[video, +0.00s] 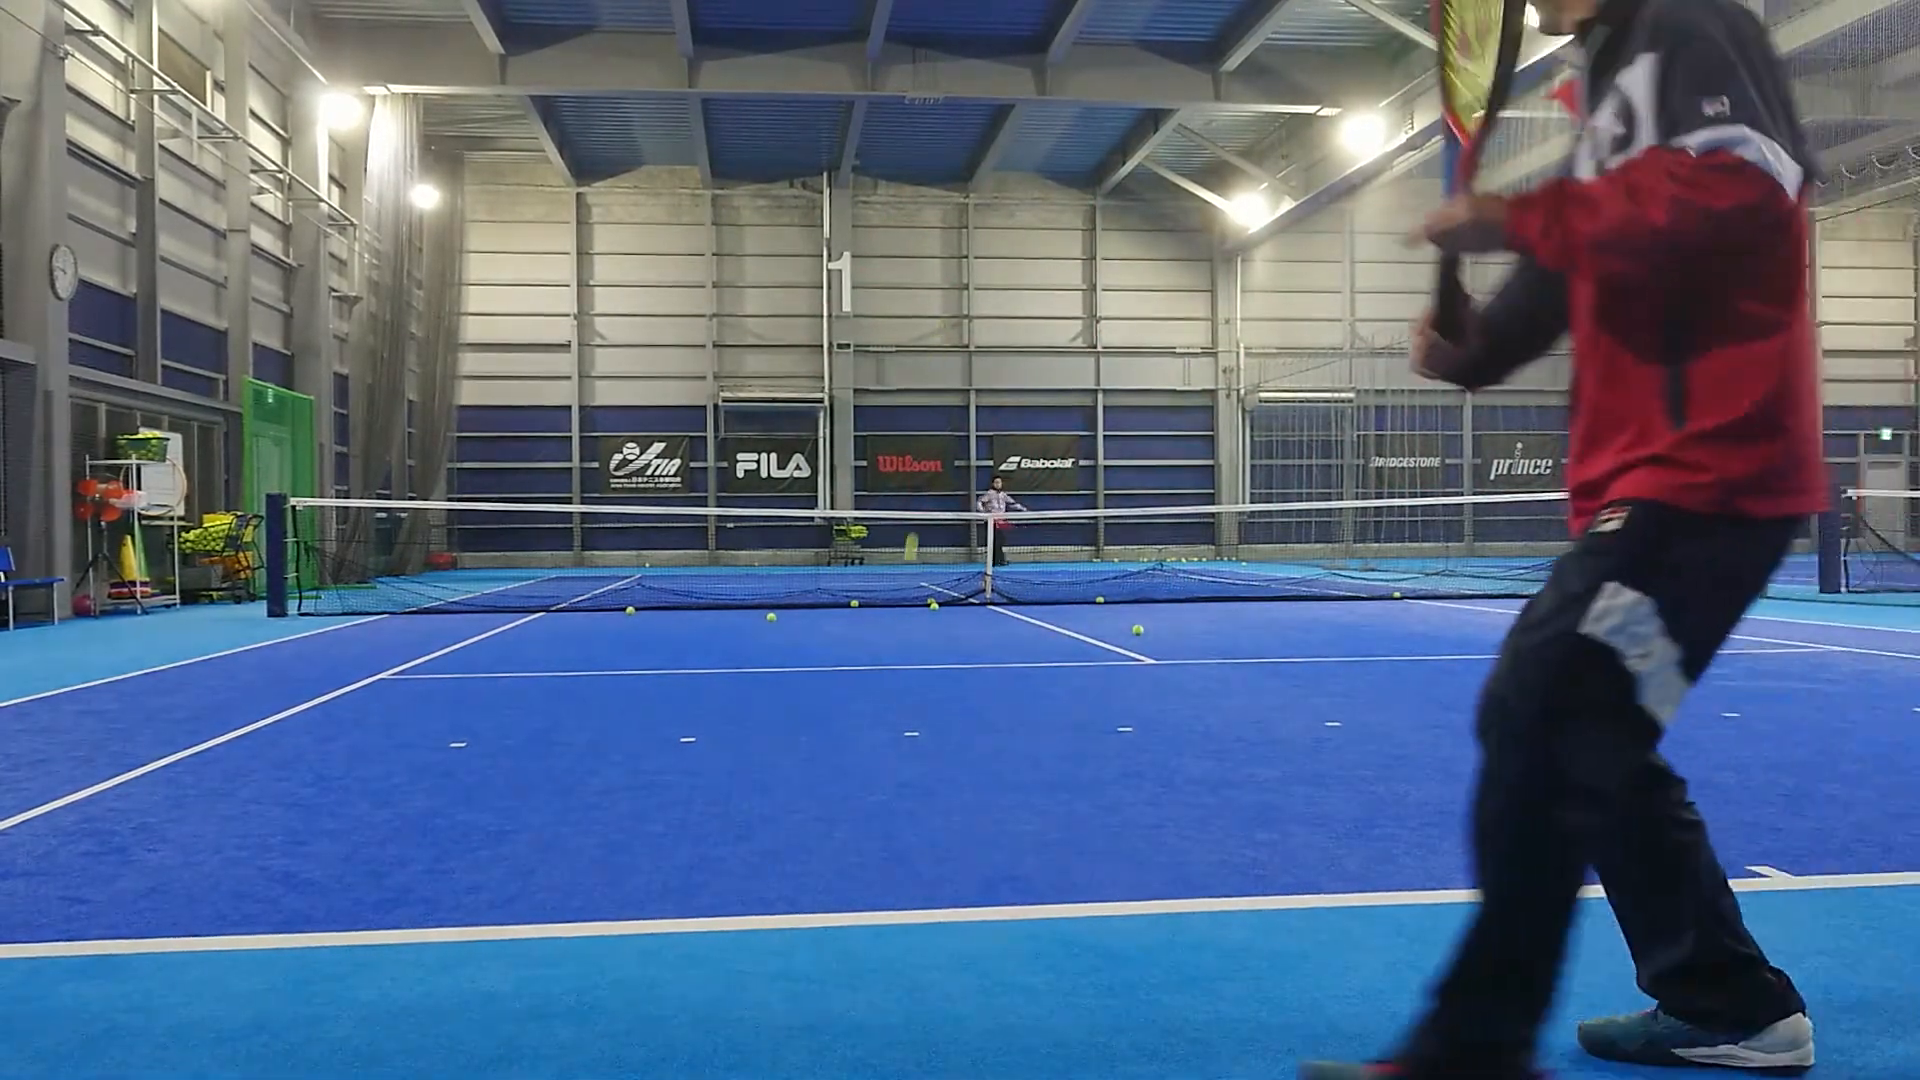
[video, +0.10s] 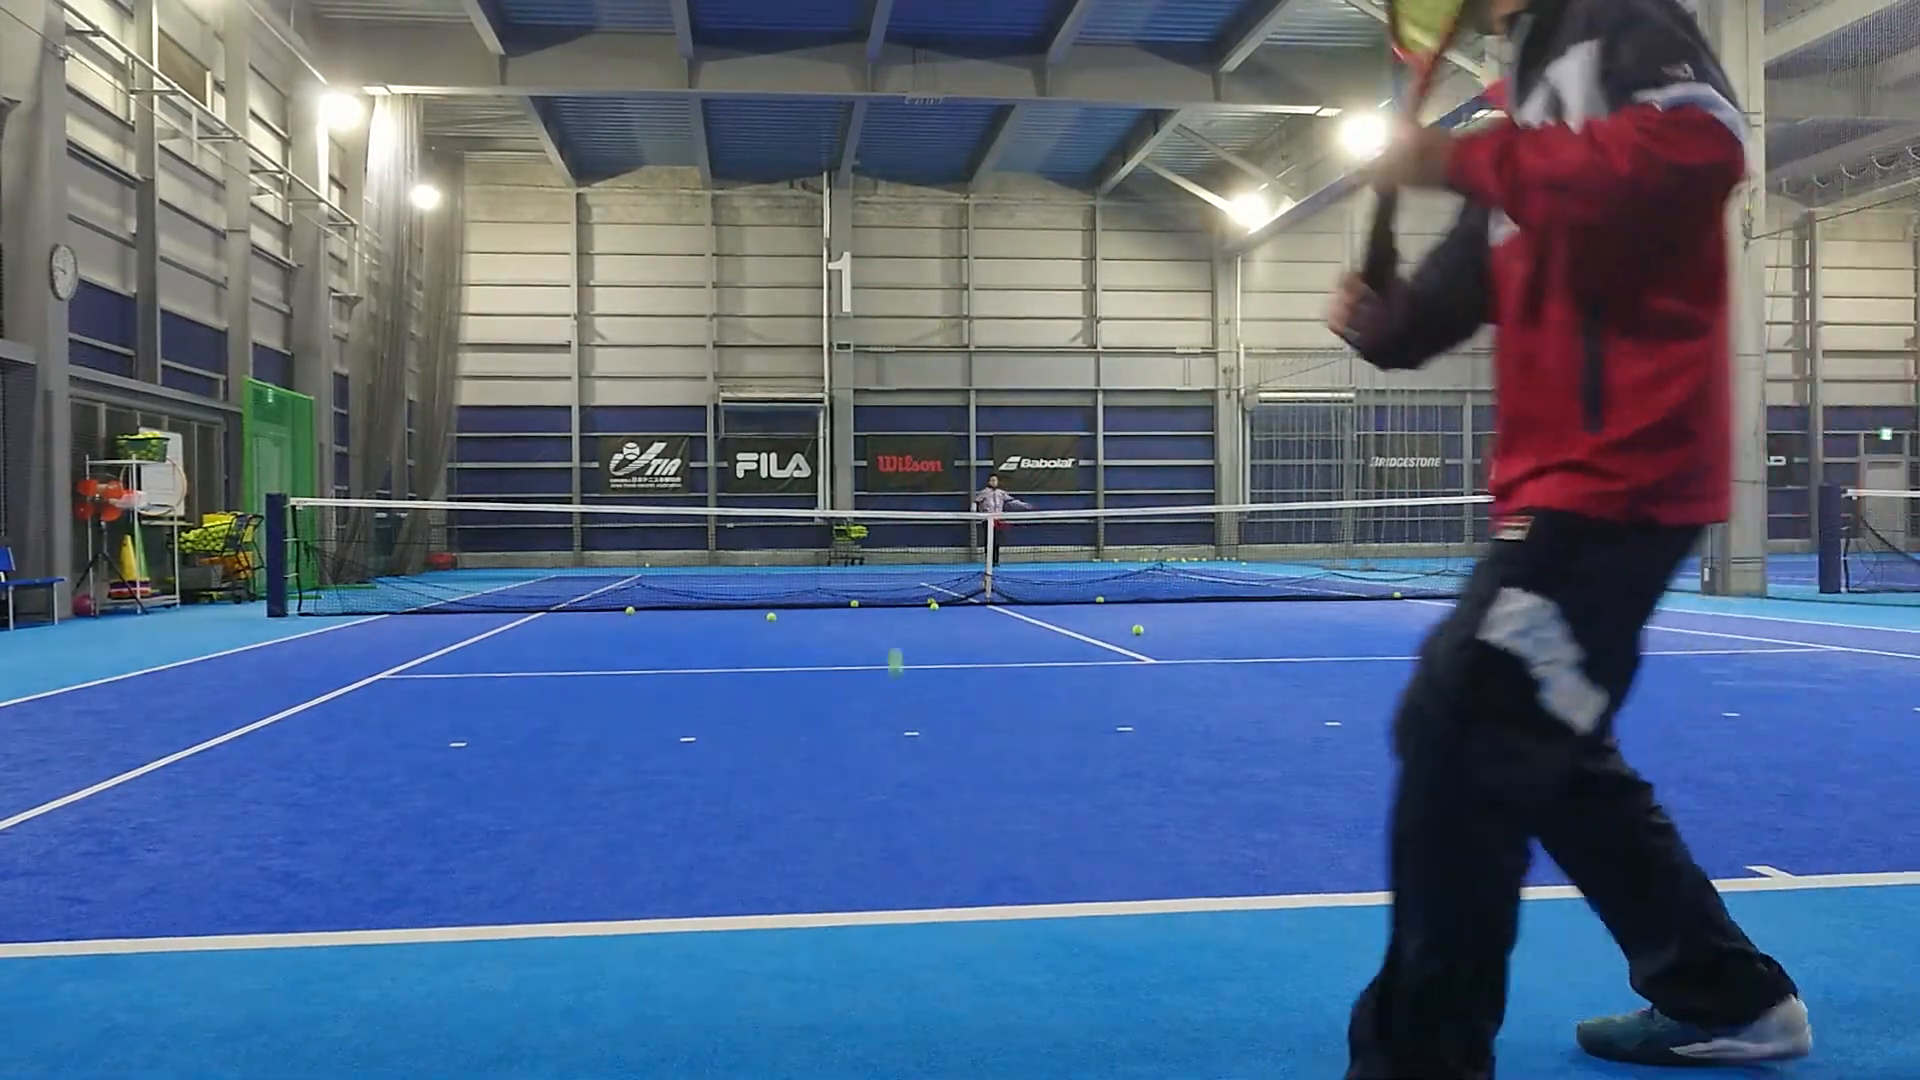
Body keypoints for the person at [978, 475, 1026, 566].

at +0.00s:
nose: (998, 484)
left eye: (1000, 482)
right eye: (996, 482)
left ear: (1002, 484)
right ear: (993, 484)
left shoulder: (1003, 495)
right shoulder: (990, 494)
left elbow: (1013, 503)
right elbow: (979, 501)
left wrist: (1023, 509)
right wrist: (982, 511)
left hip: (1000, 519)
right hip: (991, 519)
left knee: (998, 540)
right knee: (996, 540)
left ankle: (996, 559)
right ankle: (1000, 559)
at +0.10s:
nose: (994, 482)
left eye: (995, 480)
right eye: (992, 480)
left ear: (997, 482)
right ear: (988, 482)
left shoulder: (1001, 493)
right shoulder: (985, 492)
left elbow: (1012, 501)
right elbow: (975, 502)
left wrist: (1025, 505)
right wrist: (975, 512)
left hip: (997, 518)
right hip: (987, 518)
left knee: (996, 542)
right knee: (988, 542)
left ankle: (996, 561)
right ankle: (989, 561)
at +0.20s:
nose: (989, 482)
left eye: (990, 480)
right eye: (987, 480)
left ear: (993, 481)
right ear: (984, 482)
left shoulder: (997, 492)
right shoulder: (980, 493)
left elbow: (1008, 500)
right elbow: (972, 503)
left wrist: (1019, 503)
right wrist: (970, 512)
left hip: (994, 518)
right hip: (982, 518)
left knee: (994, 542)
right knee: (980, 541)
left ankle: (995, 561)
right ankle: (979, 561)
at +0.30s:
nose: (983, 483)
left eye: (984, 481)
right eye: (981, 481)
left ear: (987, 482)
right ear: (978, 483)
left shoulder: (993, 493)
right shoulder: (976, 494)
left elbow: (1001, 502)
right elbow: (969, 506)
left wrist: (1009, 506)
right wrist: (969, 515)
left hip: (990, 520)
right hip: (978, 520)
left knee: (992, 542)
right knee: (973, 541)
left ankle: (994, 561)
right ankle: (968, 559)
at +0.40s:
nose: (976, 484)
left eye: (978, 482)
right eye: (974, 482)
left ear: (980, 483)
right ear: (972, 483)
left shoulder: (986, 494)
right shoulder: (969, 496)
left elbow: (993, 505)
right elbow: (964, 509)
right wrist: (970, 517)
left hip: (986, 521)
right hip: (973, 521)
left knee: (990, 543)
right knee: (966, 542)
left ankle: (994, 561)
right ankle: (959, 561)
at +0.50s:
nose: (969, 486)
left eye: (970, 483)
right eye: (967, 483)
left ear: (974, 485)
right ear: (965, 485)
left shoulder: (979, 495)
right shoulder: (962, 497)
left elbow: (983, 506)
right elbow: (960, 510)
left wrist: (981, 517)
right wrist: (966, 518)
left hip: (979, 521)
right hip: (968, 522)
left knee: (985, 543)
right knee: (963, 542)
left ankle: (992, 560)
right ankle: (959, 559)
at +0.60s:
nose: (963, 486)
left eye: (965, 484)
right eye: (961, 484)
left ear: (968, 485)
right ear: (959, 486)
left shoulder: (973, 495)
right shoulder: (958, 497)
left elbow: (977, 507)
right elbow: (954, 509)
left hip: (974, 523)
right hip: (963, 523)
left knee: (981, 544)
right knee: (960, 543)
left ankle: (990, 560)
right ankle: (958, 560)